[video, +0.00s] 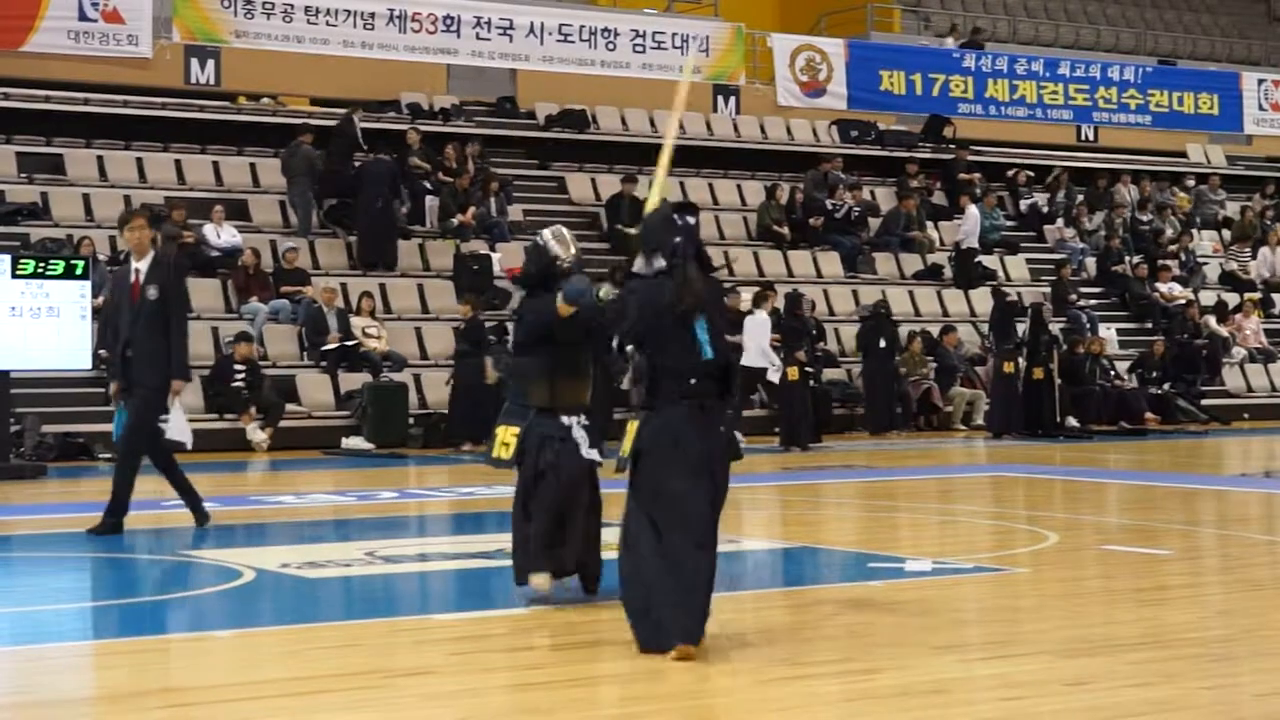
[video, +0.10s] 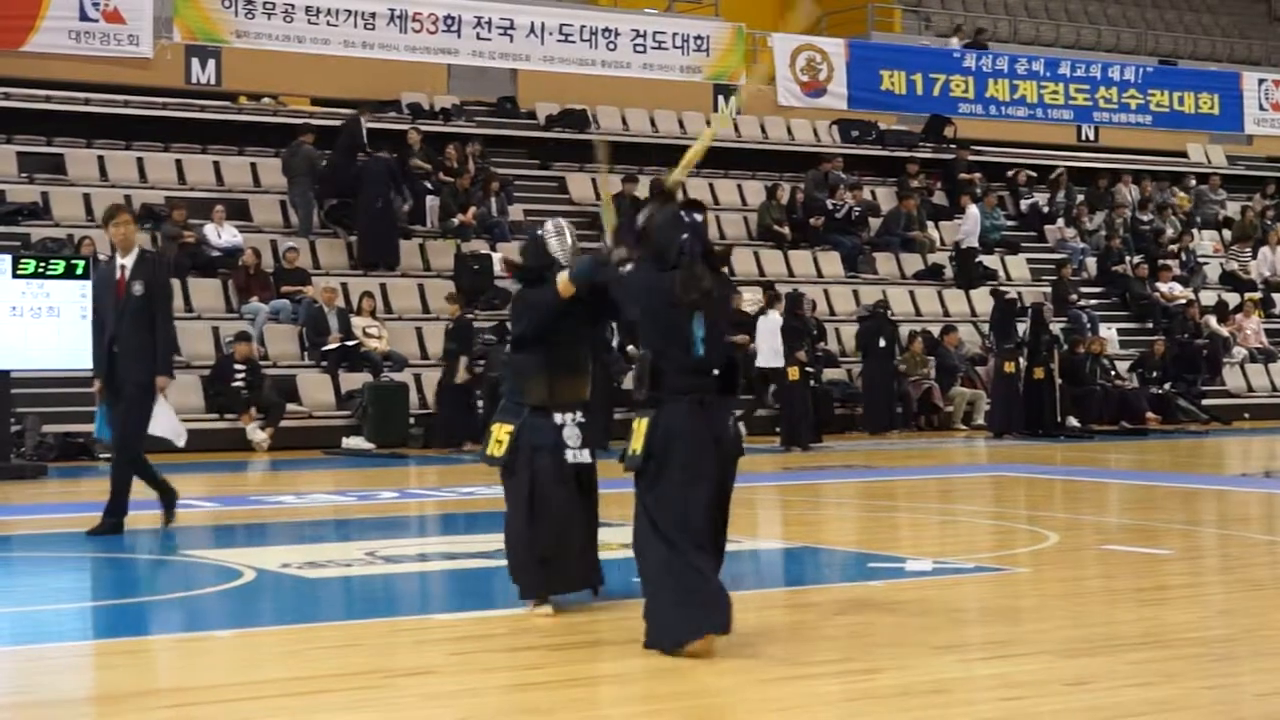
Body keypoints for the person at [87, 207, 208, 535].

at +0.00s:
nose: (136, 235)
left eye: (141, 229)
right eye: (130, 230)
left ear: (153, 233)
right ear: (122, 236)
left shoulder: (168, 268)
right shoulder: (119, 274)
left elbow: (178, 323)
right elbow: (113, 328)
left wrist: (179, 373)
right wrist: (114, 375)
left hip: (157, 370)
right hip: (129, 370)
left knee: (131, 440)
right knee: (153, 444)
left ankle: (114, 517)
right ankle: (195, 504)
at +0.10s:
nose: (122, 230)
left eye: (126, 224)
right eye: (116, 225)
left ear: (136, 228)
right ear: (107, 232)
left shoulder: (154, 264)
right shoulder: (102, 271)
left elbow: (163, 319)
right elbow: (98, 324)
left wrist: (164, 369)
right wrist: (98, 372)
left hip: (143, 365)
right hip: (113, 366)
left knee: (125, 442)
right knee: (122, 442)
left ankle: (114, 517)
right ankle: (165, 492)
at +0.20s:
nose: (109, 227)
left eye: (114, 221)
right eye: (103, 222)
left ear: (124, 225)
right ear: (94, 229)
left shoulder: (142, 263)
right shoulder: (91, 268)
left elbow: (152, 318)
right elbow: (86, 323)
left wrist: (152, 366)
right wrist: (86, 371)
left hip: (130, 364)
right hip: (100, 364)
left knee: (121, 438)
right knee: (95, 438)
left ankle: (115, 515)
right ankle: (128, 495)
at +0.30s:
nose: (99, 225)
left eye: (104, 219)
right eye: (92, 220)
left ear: (113, 225)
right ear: (83, 228)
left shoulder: (131, 263)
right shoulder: (76, 269)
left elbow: (143, 317)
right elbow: (73, 323)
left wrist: (145, 365)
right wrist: (74, 370)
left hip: (123, 366)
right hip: (89, 367)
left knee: (119, 441)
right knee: (76, 438)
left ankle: (115, 515)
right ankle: (89, 509)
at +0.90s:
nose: (56, 218)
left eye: (61, 212)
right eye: (49, 213)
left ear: (69, 217)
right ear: (38, 220)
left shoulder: (90, 260)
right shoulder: (25, 261)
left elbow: (98, 315)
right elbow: (18, 316)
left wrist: (100, 361)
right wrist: (20, 365)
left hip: (78, 363)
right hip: (39, 363)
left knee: (77, 443)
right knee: (37, 442)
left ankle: (67, 514)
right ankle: (33, 513)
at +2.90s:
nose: (41, 223)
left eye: (45, 216)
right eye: (33, 217)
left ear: (52, 220)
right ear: (21, 223)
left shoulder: (68, 258)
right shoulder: (9, 264)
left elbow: (80, 313)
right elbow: (4, 319)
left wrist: (86, 362)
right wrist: (7, 368)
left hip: (64, 362)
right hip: (25, 365)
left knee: (66, 440)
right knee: (27, 441)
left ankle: (63, 514)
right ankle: (33, 514)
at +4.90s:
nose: (9, 213)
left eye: (13, 207)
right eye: (4, 208)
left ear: (21, 211)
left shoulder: (37, 254)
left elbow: (50, 313)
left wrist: (56, 362)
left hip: (32, 363)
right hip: (4, 363)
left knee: (32, 447)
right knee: (16, 447)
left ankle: (30, 524)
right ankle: (25, 521)